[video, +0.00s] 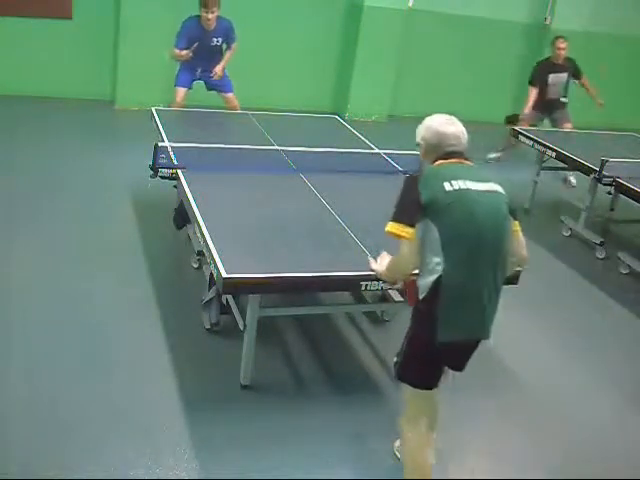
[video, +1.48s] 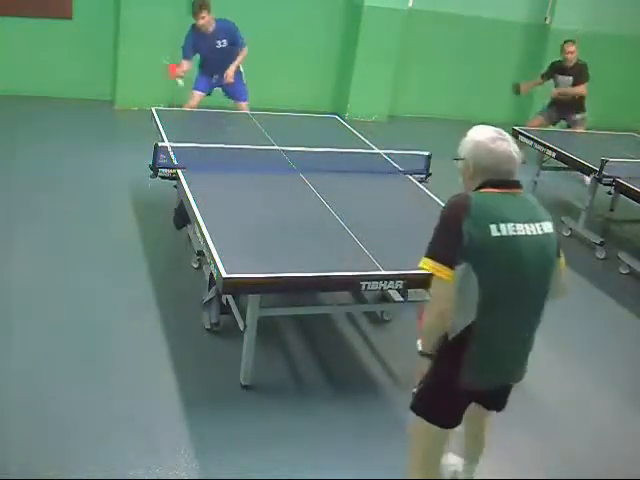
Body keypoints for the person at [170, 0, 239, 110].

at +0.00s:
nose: (209, 17)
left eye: (212, 13)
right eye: (206, 12)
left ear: (218, 12)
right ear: (200, 11)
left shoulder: (225, 25)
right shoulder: (189, 24)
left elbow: (231, 46)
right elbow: (175, 52)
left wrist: (221, 66)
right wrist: (183, 55)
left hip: (213, 66)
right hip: (190, 66)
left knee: (232, 103)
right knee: (178, 101)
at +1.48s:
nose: (200, 23)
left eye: (203, 18)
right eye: (197, 19)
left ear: (210, 16)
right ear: (194, 19)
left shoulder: (227, 27)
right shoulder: (194, 32)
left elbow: (243, 50)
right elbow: (187, 59)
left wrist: (232, 69)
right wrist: (181, 69)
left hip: (230, 70)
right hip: (207, 72)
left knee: (243, 108)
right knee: (192, 104)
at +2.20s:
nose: (193, 11)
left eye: (196, 6)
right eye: (190, 8)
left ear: (201, 5)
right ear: (186, 9)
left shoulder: (213, 16)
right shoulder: (181, 28)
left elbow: (228, 30)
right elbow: (176, 61)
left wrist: (228, 56)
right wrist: (198, 78)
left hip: (213, 63)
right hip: (190, 67)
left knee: (231, 100)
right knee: (185, 102)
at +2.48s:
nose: (214, 2)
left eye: (216, 1)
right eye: (212, 1)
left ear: (219, 1)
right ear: (206, 1)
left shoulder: (228, 11)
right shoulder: (193, 13)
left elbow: (240, 31)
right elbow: (176, 36)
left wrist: (238, 52)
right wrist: (180, 58)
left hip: (216, 61)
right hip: (193, 61)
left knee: (230, 100)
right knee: (182, 99)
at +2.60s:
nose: (217, 2)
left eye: (220, 2)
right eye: (214, 2)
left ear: (223, 1)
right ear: (210, 1)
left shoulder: (231, 11)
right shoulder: (198, 10)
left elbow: (243, 34)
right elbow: (178, 31)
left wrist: (240, 52)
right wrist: (181, 53)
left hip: (217, 61)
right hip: (194, 59)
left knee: (229, 94)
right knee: (181, 91)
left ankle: (236, 122)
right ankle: (162, 115)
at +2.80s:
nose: (212, 1)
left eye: (214, 0)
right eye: (210, 0)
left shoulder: (223, 6)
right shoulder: (190, 6)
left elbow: (229, 27)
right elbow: (173, 30)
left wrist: (236, 45)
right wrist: (179, 50)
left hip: (207, 53)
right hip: (186, 52)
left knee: (220, 89)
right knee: (167, 90)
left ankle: (221, 122)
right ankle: (148, 117)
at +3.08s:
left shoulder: (215, 7)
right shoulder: (187, 11)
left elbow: (217, 30)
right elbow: (177, 37)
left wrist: (220, 52)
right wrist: (198, 51)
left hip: (202, 50)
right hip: (182, 50)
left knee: (216, 85)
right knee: (167, 90)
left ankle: (218, 118)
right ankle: (147, 116)